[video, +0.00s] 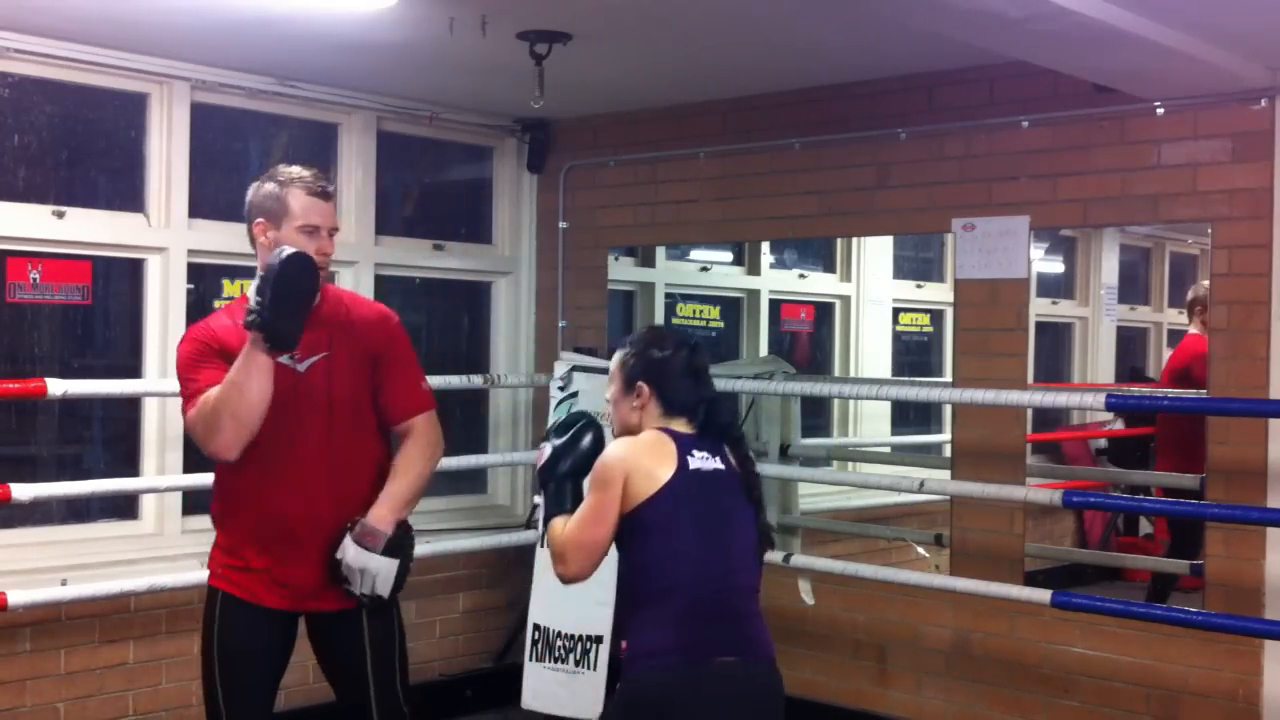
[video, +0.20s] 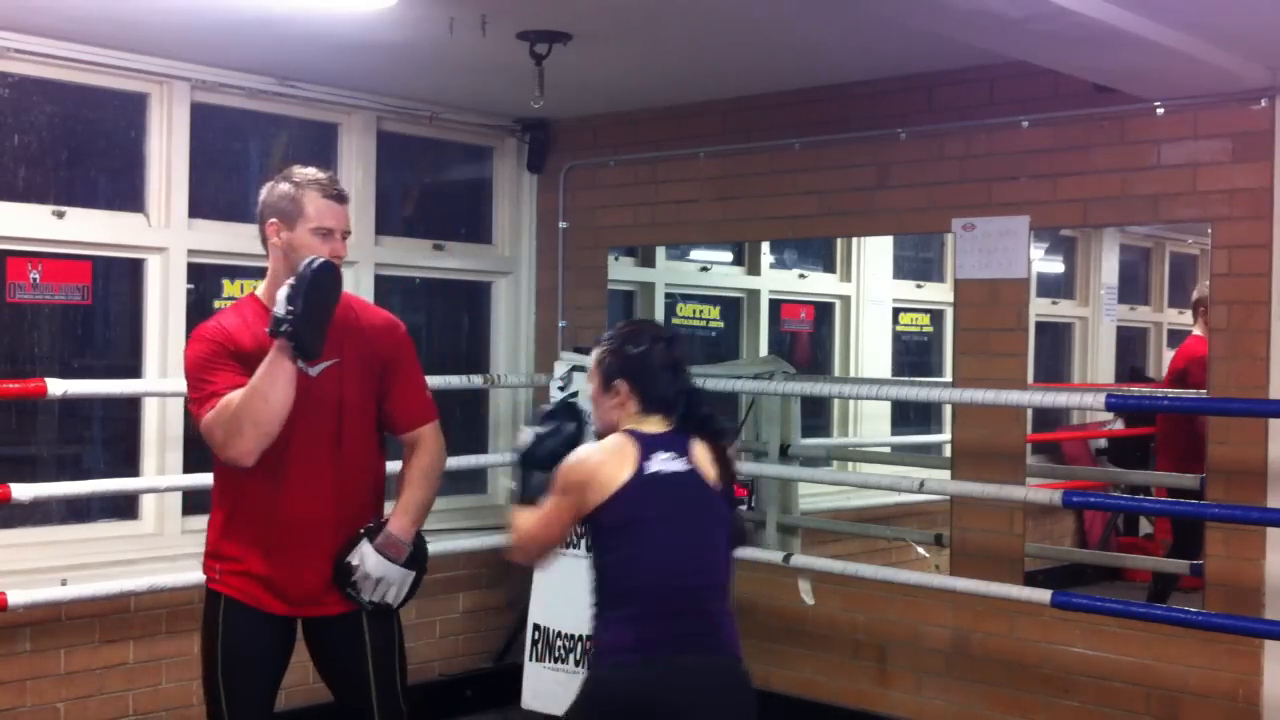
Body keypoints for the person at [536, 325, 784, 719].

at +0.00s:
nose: (608, 409)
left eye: (612, 397)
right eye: (608, 398)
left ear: (641, 396)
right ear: (690, 396)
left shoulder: (625, 454)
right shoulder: (730, 456)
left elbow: (570, 564)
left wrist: (555, 487)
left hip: (662, 681)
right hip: (750, 681)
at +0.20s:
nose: (590, 398)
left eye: (594, 388)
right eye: (591, 387)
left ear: (621, 394)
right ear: (671, 388)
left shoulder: (591, 463)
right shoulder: (711, 454)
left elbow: (524, 548)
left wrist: (531, 474)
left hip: (627, 686)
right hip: (717, 683)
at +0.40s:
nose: (482, 385)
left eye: (488, 370)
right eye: (484, 370)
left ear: (523, 382)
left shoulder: (554, 455)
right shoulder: (589, 440)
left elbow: (519, 565)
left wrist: (466, 508)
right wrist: (473, 501)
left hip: (601, 682)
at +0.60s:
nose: (456, 396)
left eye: (457, 383)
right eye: (453, 382)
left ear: (484, 390)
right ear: (535, 375)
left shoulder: (531, 470)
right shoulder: (571, 443)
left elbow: (489, 588)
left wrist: (436, 517)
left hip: (583, 690)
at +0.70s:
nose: (475, 386)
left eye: (476, 373)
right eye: (474, 374)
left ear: (498, 380)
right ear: (553, 367)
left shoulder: (517, 463)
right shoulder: (611, 430)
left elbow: (461, 572)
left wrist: (434, 489)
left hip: (580, 684)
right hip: (657, 670)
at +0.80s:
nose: (522, 384)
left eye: (523, 373)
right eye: (522, 372)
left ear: (541, 379)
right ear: (597, 366)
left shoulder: (553, 463)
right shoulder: (658, 439)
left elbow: (500, 563)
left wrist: (477, 485)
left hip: (609, 685)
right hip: (689, 674)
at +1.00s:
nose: (567, 367)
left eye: (569, 353)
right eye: (565, 352)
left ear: (592, 359)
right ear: (648, 349)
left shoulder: (594, 438)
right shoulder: (704, 426)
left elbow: (543, 546)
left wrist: (524, 462)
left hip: (636, 669)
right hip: (717, 661)